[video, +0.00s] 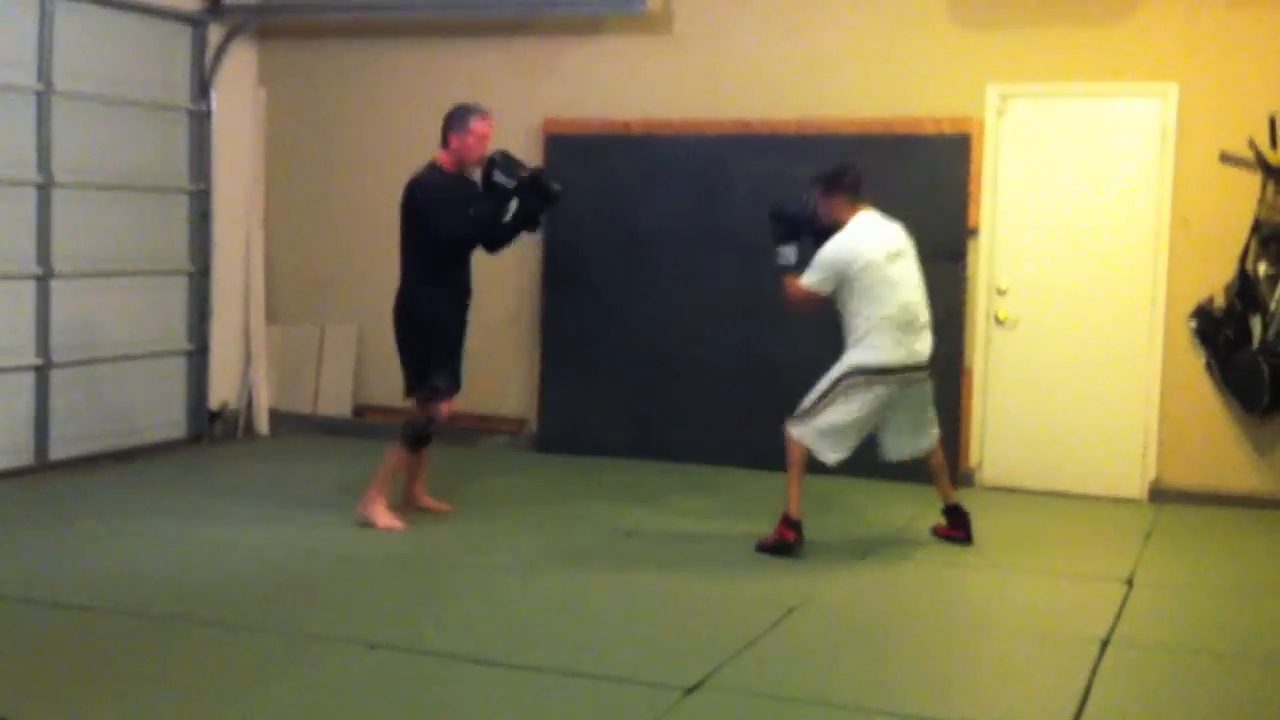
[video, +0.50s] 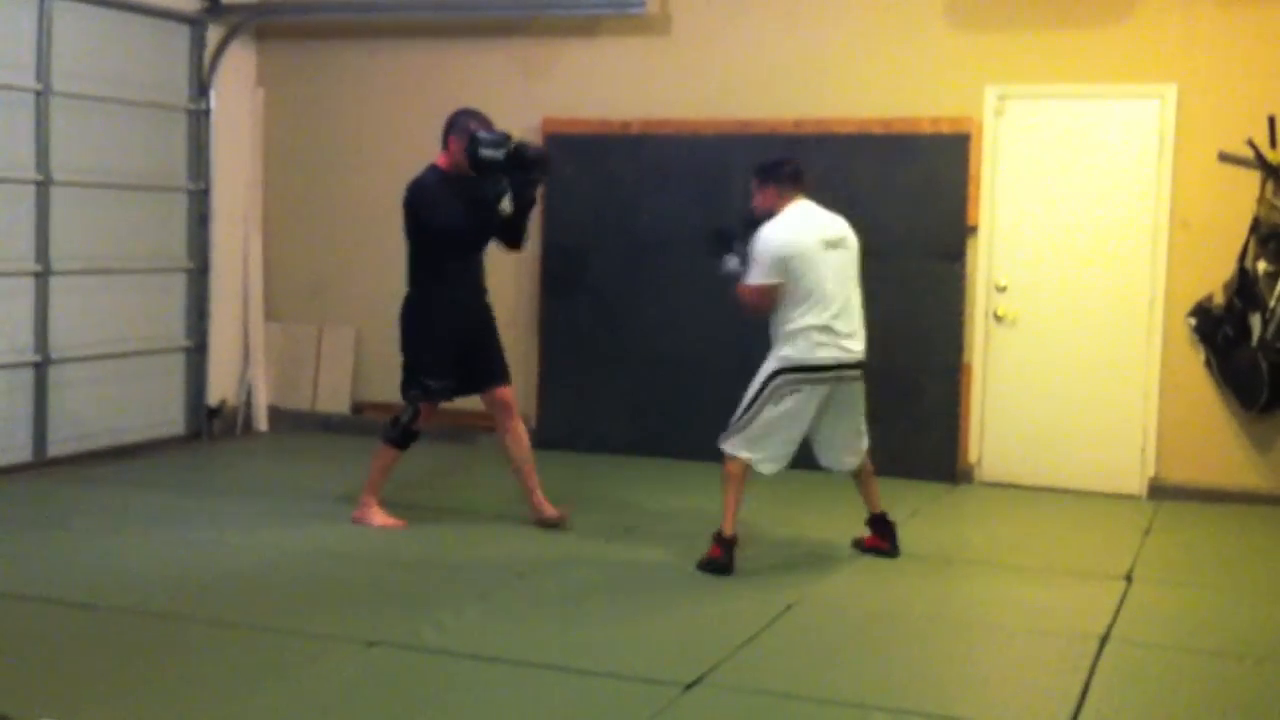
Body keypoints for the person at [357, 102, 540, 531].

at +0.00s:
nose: (486, 149)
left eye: (488, 140)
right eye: (482, 139)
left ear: (465, 139)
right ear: (456, 138)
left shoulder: (463, 185)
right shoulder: (430, 187)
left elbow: (491, 239)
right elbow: (470, 233)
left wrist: (528, 209)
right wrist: (497, 193)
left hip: (446, 308)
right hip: (423, 308)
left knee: (436, 403)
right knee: (431, 404)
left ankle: (415, 491)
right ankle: (376, 498)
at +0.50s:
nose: (481, 153)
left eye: (485, 144)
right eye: (475, 143)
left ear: (486, 147)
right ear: (452, 142)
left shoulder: (478, 187)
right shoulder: (425, 189)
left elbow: (512, 237)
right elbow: (459, 239)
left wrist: (525, 188)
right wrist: (489, 190)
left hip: (472, 311)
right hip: (429, 313)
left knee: (503, 401)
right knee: (418, 409)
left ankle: (538, 501)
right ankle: (367, 502)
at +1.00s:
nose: (509, 152)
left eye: (517, 146)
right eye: (502, 143)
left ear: (524, 148)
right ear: (482, 140)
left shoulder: (529, 189)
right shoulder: (458, 185)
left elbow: (551, 253)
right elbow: (458, 232)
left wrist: (551, 198)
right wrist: (489, 178)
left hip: (516, 311)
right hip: (466, 312)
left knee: (558, 392)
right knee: (466, 412)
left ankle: (561, 496)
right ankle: (451, 503)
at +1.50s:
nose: (539, 148)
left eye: (546, 140)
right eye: (531, 139)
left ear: (558, 139)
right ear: (514, 136)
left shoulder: (571, 184)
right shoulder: (494, 182)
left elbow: (617, 232)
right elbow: (495, 224)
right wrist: (528, 174)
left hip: (562, 320)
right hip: (510, 319)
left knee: (572, 418)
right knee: (489, 416)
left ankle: (591, 530)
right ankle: (475, 507)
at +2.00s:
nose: (520, 143)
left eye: (527, 134)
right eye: (511, 135)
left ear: (538, 132)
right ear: (494, 133)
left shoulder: (555, 180)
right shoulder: (478, 184)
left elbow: (600, 212)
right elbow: (473, 242)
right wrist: (491, 179)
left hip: (549, 308)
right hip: (497, 308)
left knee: (560, 402)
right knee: (470, 409)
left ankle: (581, 521)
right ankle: (446, 507)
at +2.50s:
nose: (535, 140)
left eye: (545, 133)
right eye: (529, 129)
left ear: (560, 135)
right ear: (515, 126)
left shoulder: (567, 182)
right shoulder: (490, 171)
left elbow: (586, 240)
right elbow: (448, 228)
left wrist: (597, 184)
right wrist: (476, 172)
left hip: (544, 307)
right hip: (490, 305)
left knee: (543, 401)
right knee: (480, 409)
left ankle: (572, 507)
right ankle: (490, 503)